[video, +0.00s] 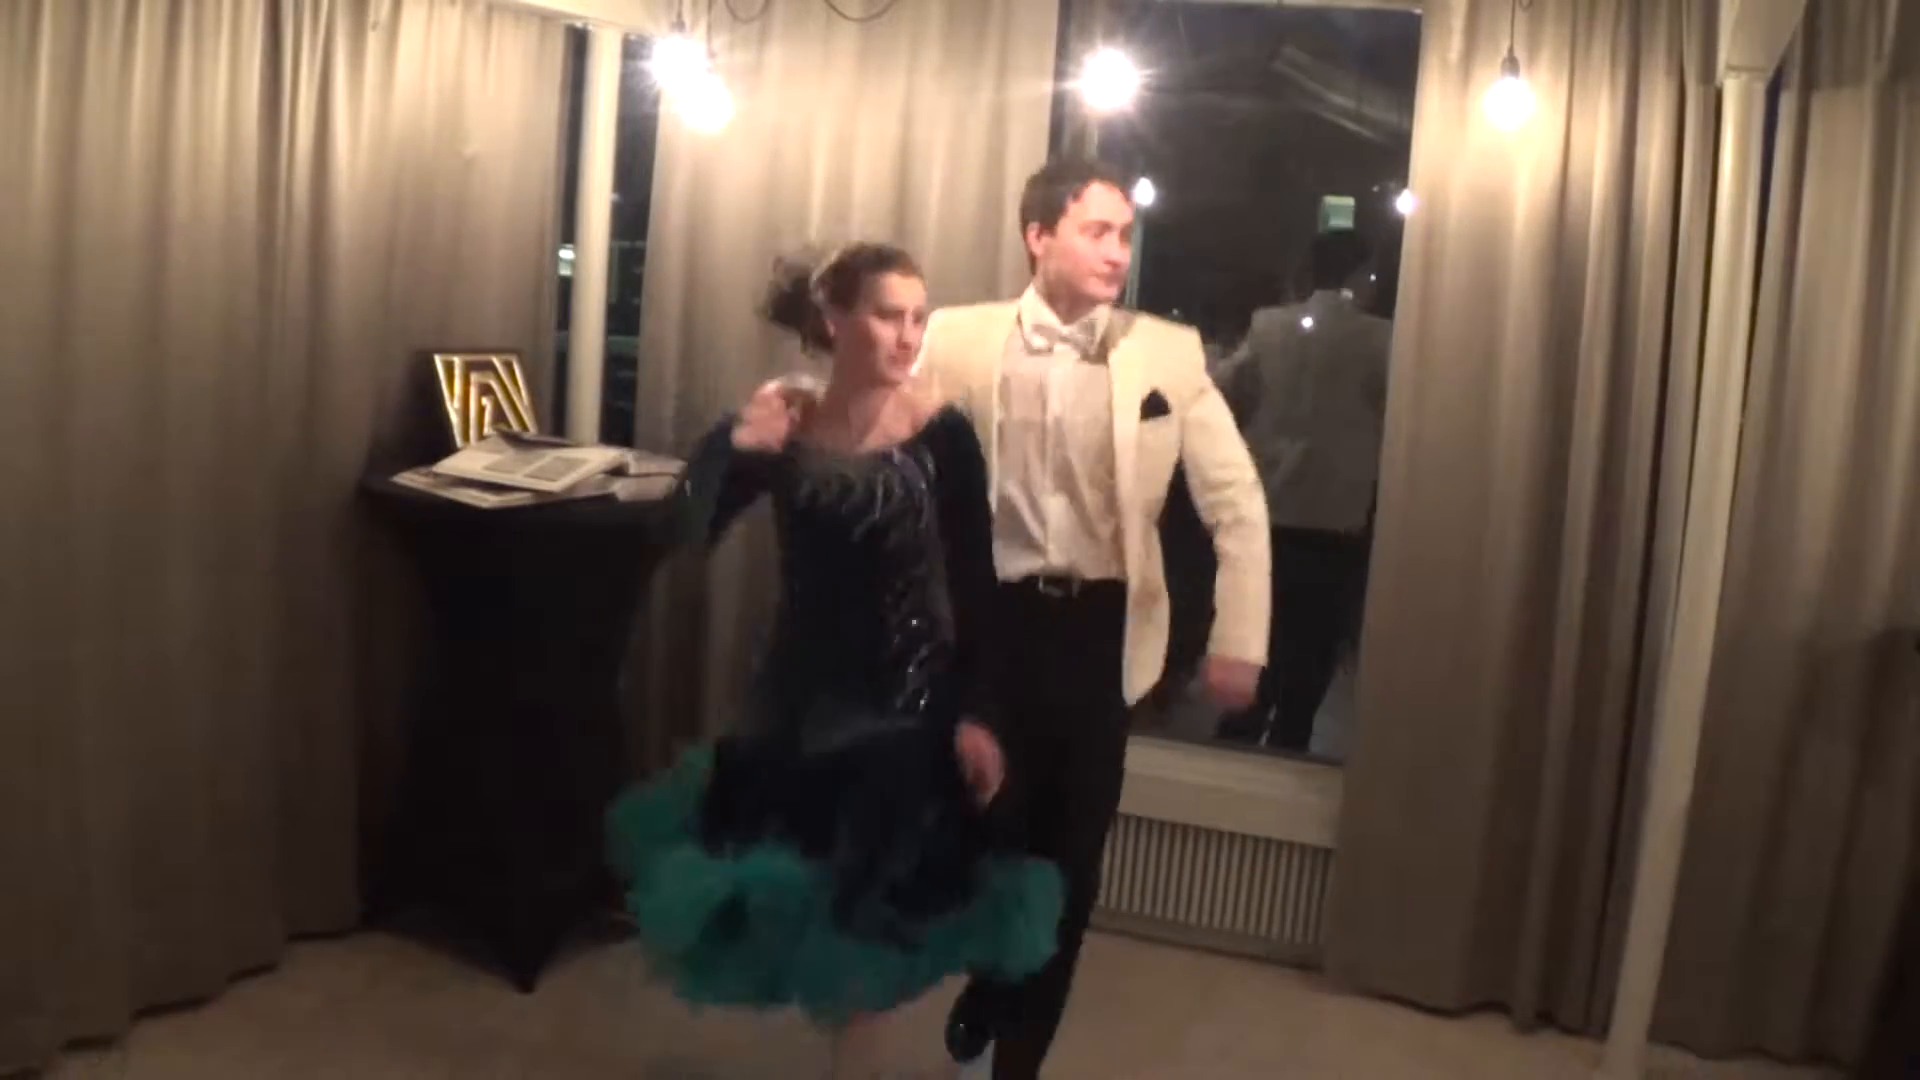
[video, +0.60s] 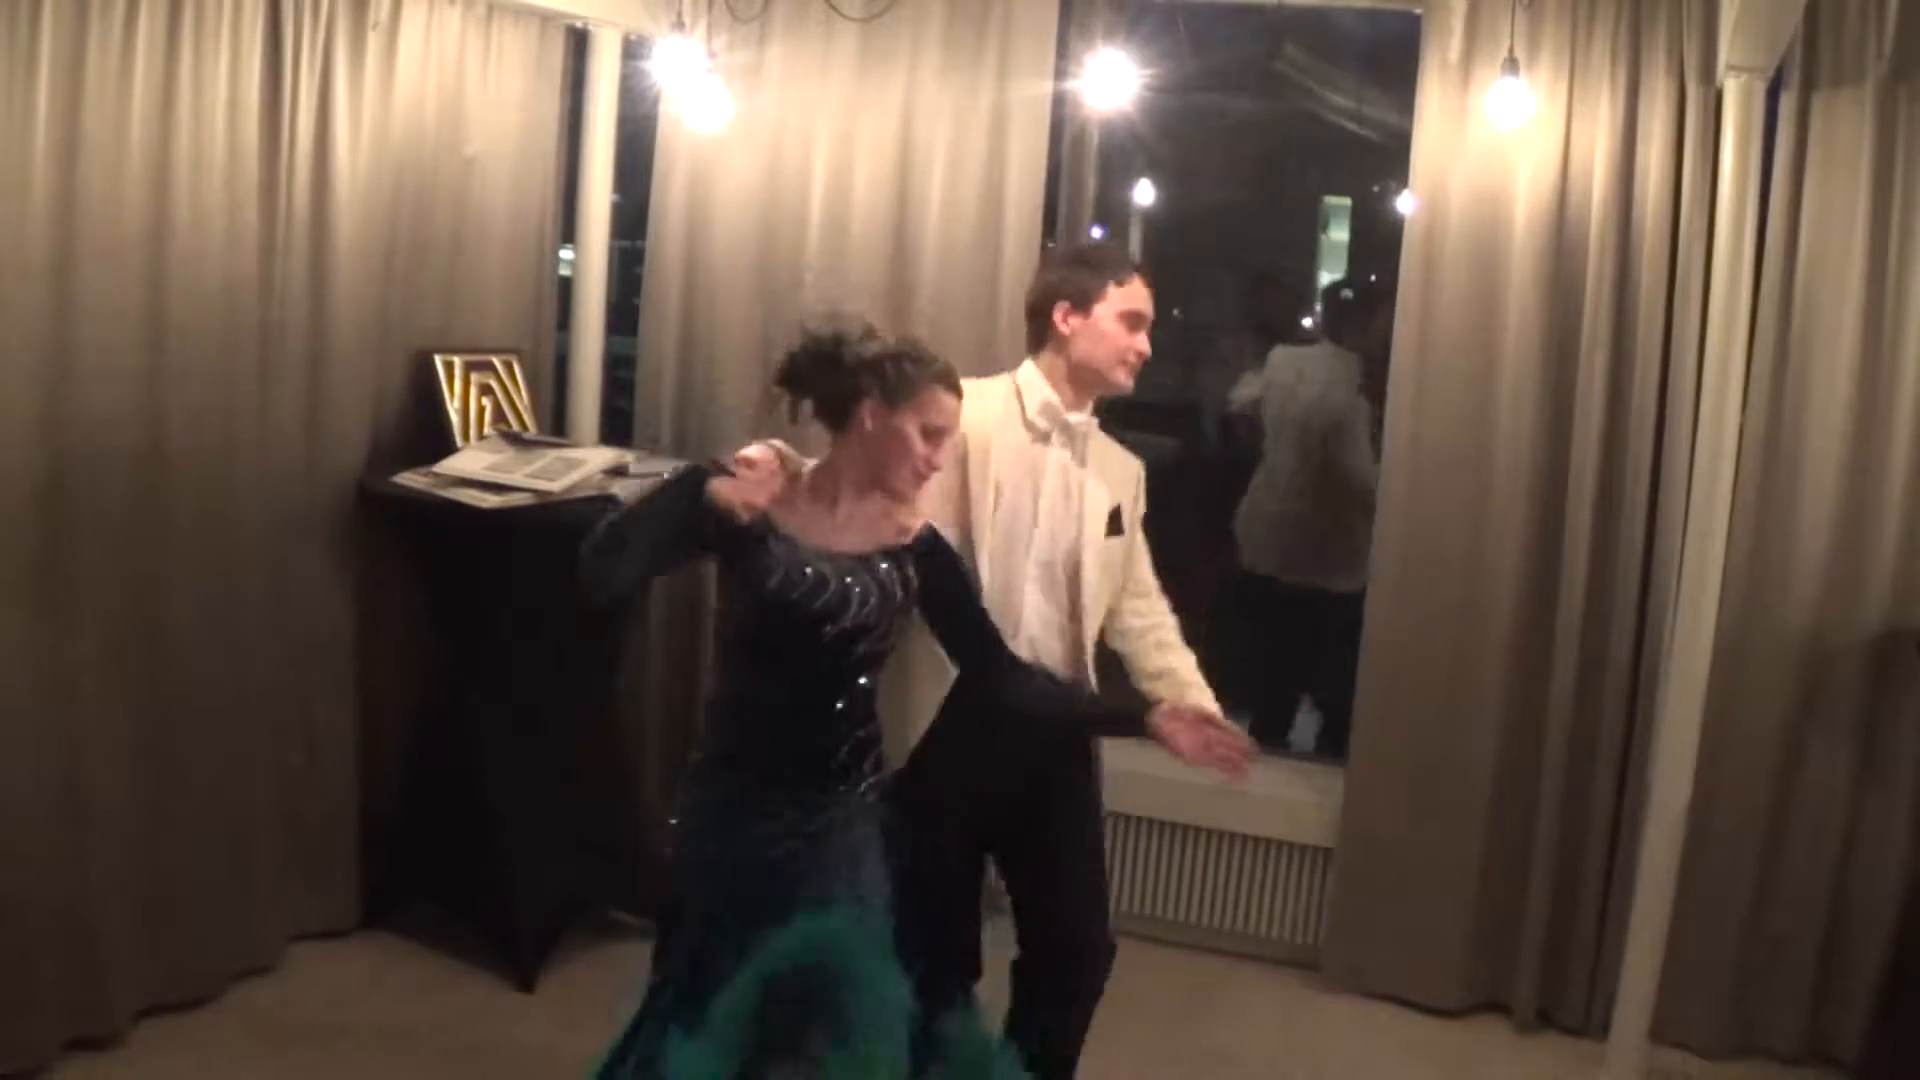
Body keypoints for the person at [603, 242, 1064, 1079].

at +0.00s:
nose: (910, 335)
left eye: (921, 318)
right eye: (891, 316)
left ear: (928, 327)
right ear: (836, 322)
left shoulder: (940, 433)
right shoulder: (789, 424)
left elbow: (975, 583)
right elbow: (688, 532)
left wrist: (975, 709)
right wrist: (734, 445)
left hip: (912, 690)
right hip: (808, 683)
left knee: (884, 895)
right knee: (805, 880)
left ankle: (859, 1051)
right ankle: (842, 1034)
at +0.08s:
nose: (913, 369)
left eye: (920, 351)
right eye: (892, 352)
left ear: (926, 358)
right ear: (835, 361)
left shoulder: (939, 469)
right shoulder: (788, 458)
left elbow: (971, 619)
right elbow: (698, 565)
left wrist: (933, 744)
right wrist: (737, 476)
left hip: (900, 708)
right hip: (803, 700)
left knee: (894, 895)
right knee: (800, 886)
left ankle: (879, 1045)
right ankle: (811, 1036)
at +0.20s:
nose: (929, 354)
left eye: (936, 336)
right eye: (910, 333)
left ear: (941, 343)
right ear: (848, 335)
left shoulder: (939, 438)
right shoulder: (782, 426)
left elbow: (1018, 550)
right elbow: (641, 474)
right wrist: (742, 423)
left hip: (901, 691)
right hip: (801, 683)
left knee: (901, 878)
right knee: (777, 870)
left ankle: (891, 1042)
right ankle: (779, 1036)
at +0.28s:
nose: (934, 342)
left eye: (942, 324)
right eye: (919, 318)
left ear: (944, 333)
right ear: (857, 312)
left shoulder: (929, 429)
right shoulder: (777, 402)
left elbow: (1037, 484)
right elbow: (622, 395)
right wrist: (747, 361)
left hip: (895, 697)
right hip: (795, 688)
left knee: (897, 889)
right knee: (764, 882)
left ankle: (888, 1045)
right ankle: (753, 1047)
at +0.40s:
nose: (939, 386)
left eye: (945, 367)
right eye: (924, 363)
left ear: (948, 369)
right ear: (858, 349)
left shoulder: (929, 474)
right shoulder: (770, 438)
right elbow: (617, 468)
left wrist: (968, 518)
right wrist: (733, 422)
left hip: (870, 728)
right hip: (764, 719)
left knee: (843, 941)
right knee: (738, 938)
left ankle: (827, 1060)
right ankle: (739, 1061)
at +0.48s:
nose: (933, 432)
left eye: (940, 414)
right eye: (921, 407)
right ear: (860, 393)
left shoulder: (919, 522)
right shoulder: (754, 482)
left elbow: (975, 661)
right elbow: (621, 555)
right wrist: (717, 480)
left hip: (862, 778)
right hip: (751, 771)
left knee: (851, 975)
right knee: (742, 979)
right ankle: (770, 1063)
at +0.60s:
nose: (939, 458)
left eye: (947, 439)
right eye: (928, 435)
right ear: (865, 416)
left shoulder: (915, 545)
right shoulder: (752, 502)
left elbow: (1001, 676)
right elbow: (603, 571)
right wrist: (700, 491)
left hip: (847, 801)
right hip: (738, 795)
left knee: (857, 1003)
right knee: (712, 1002)